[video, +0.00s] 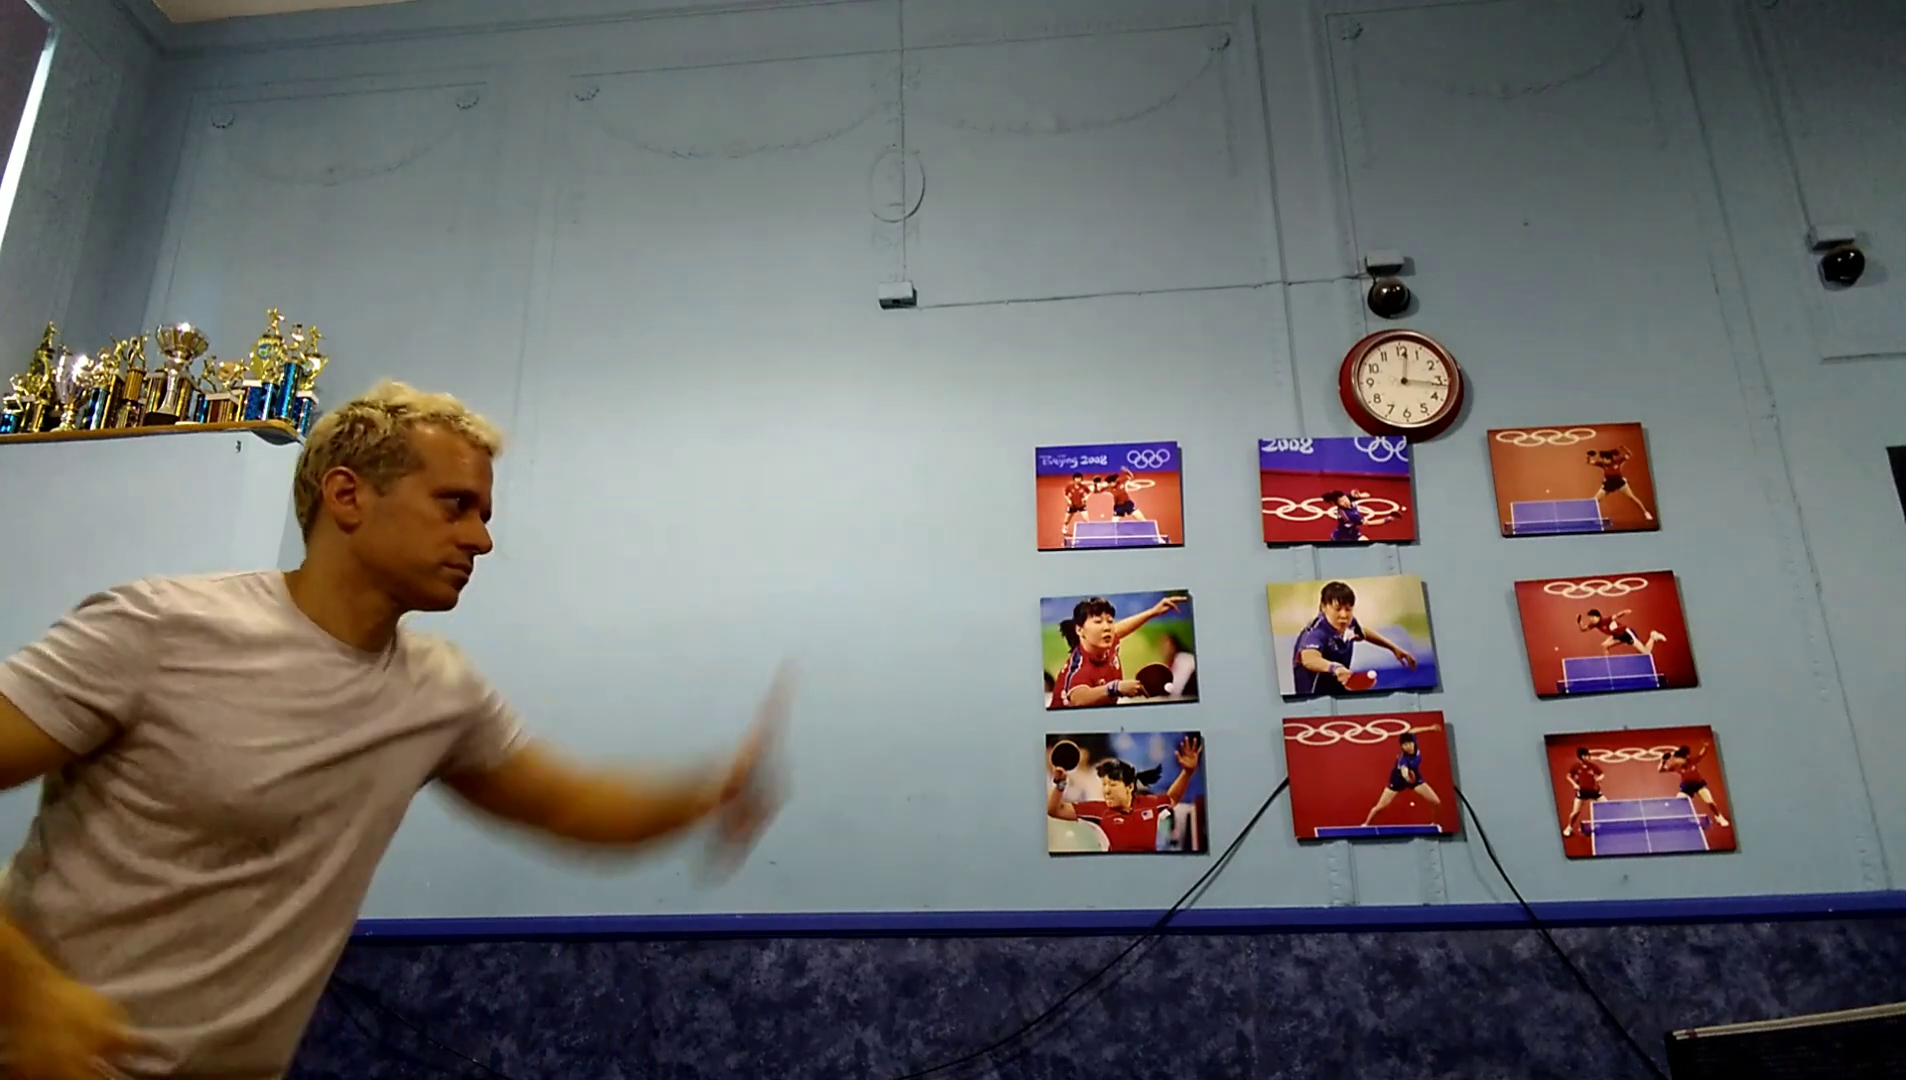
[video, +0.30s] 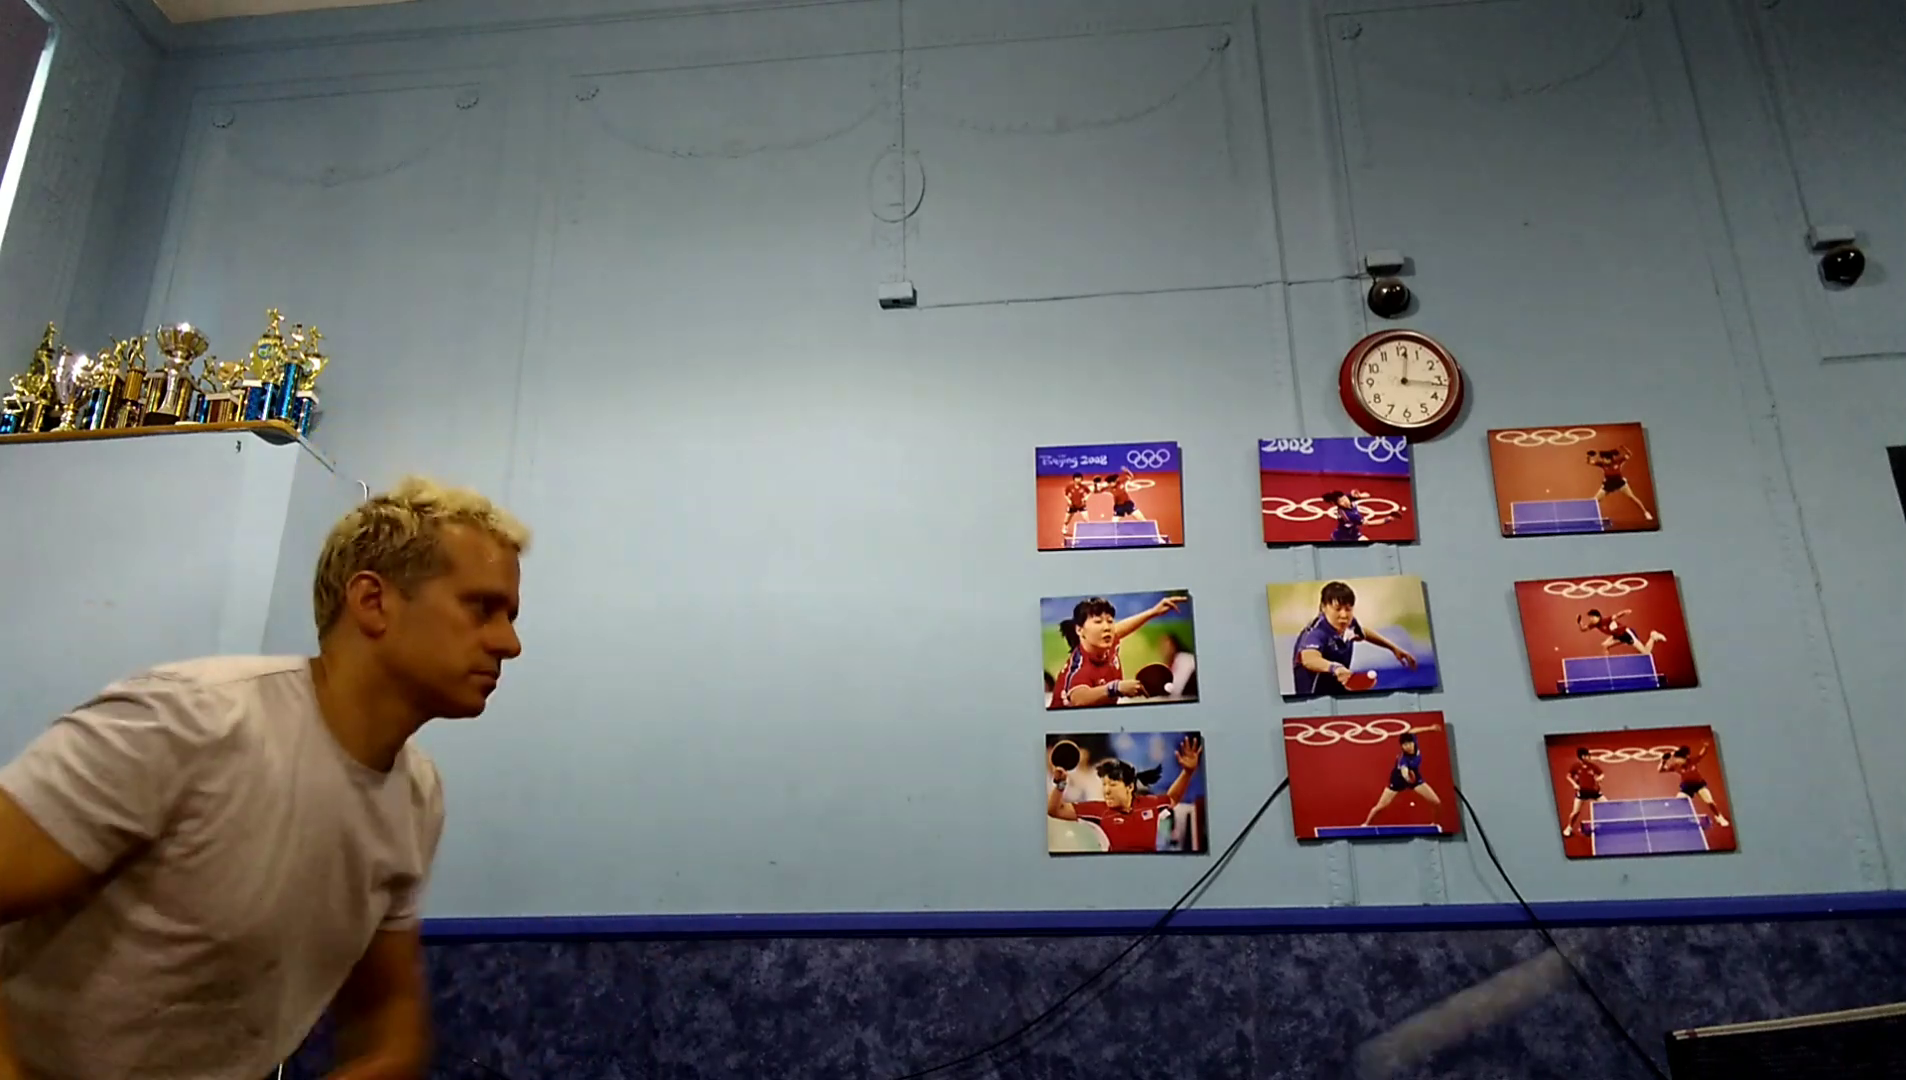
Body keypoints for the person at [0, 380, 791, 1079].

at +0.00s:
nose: (482, 537)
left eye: (483, 514)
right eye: (455, 505)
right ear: (348, 500)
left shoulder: (441, 694)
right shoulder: (156, 630)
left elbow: (568, 801)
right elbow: (1, 759)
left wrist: (705, 797)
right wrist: (24, 986)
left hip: (232, 1069)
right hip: (50, 1047)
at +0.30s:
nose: (511, 643)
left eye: (510, 617)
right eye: (483, 608)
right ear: (373, 604)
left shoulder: (413, 794)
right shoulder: (184, 722)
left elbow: (386, 1013)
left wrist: (377, 1061)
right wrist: (10, 1061)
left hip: (232, 1065)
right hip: (45, 1058)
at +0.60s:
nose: (506, 569)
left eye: (511, 544)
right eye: (486, 534)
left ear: (395, 532)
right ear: (374, 515)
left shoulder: (454, 705)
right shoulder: (142, 604)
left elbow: (647, 763)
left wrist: (865, 776)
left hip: (213, 1070)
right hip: (25, 1034)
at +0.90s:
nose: (508, 559)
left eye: (505, 534)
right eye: (484, 524)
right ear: (378, 512)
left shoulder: (442, 724)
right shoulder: (159, 617)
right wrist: (1, 935)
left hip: (223, 1063)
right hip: (46, 1035)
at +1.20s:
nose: (529, 637)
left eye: (528, 611)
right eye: (503, 603)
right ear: (396, 598)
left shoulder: (423, 793)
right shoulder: (221, 716)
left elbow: (397, 979)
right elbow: (4, 919)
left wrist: (406, 1031)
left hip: (248, 1069)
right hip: (92, 1060)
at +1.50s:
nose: (512, 549)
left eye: (516, 524)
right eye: (490, 515)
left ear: (415, 517)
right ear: (381, 499)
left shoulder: (465, 682)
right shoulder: (155, 597)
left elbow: (659, 730)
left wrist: (872, 736)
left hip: (222, 1060)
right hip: (34, 1018)